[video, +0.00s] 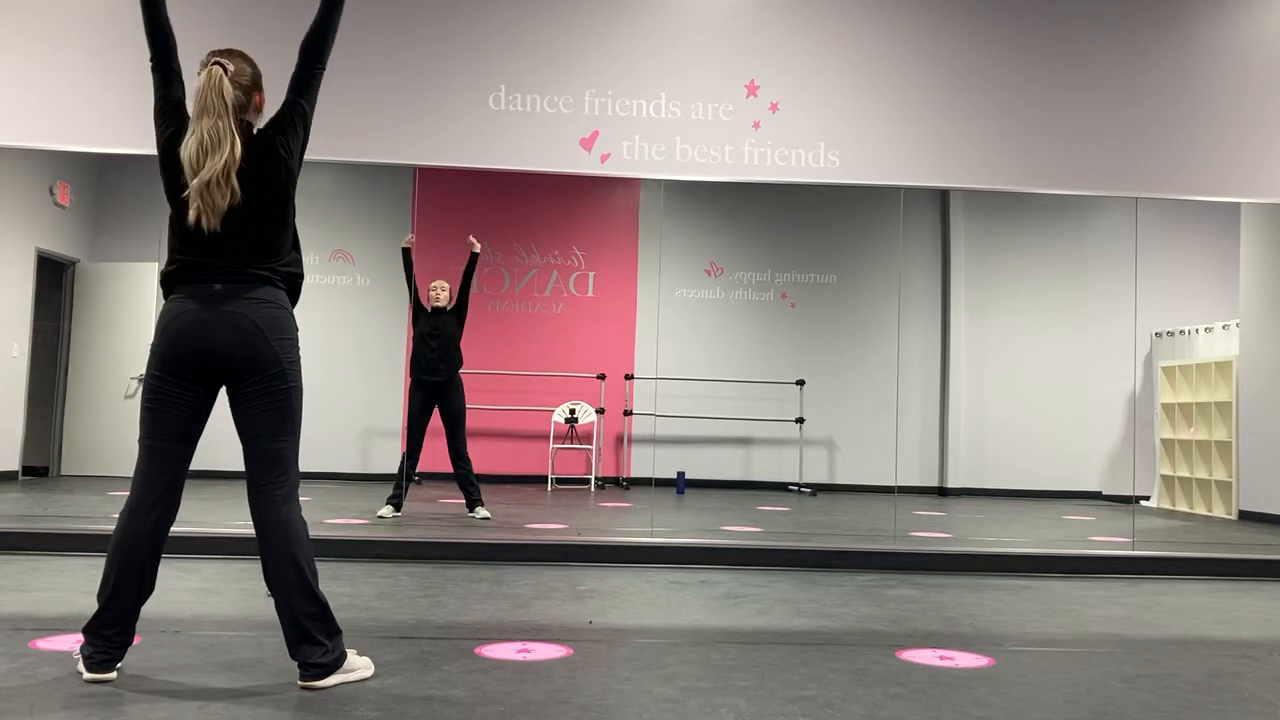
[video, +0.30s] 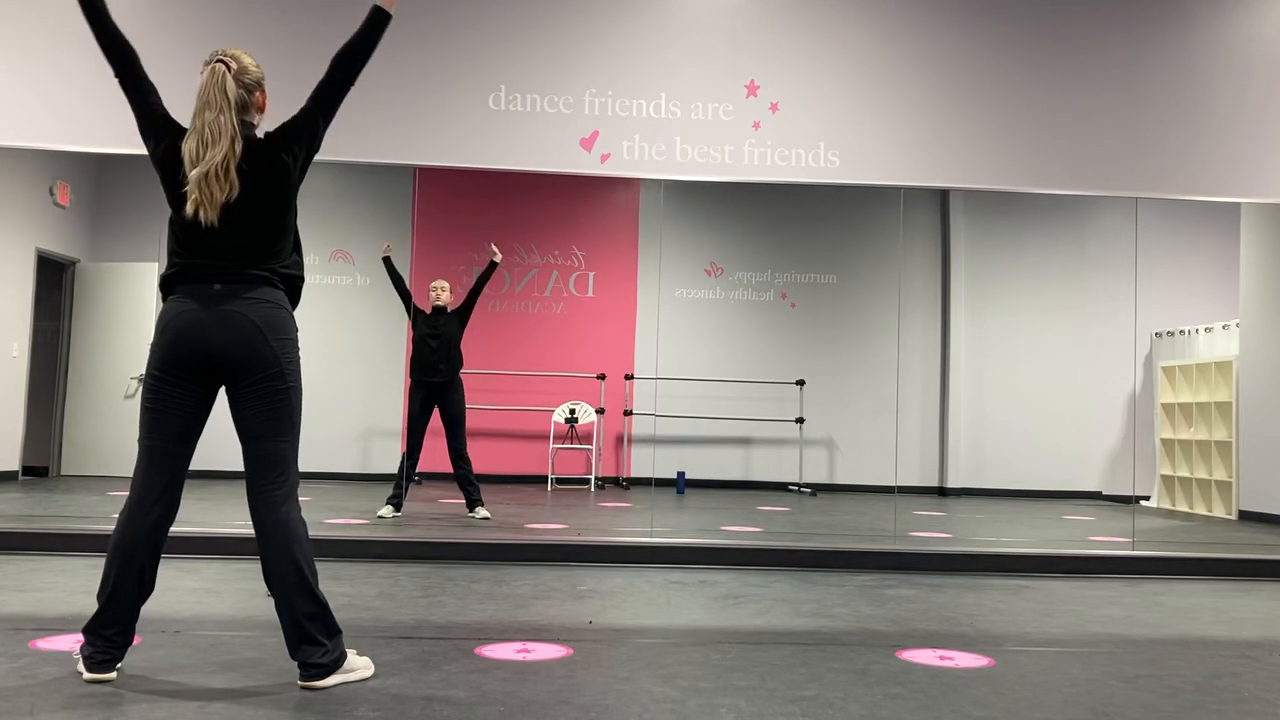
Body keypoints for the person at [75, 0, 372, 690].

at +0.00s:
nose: (264, 99)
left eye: (245, 84)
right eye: (261, 89)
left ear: (200, 94)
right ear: (256, 98)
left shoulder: (178, 146)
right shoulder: (277, 146)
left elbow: (163, 60)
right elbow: (312, 63)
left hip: (184, 319)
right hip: (262, 319)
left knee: (152, 487)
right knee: (275, 494)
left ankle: (102, 647)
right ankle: (318, 656)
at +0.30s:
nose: (269, 100)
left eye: (262, 91)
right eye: (265, 91)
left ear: (205, 97)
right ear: (257, 98)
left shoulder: (178, 153)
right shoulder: (281, 153)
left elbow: (130, 71)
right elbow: (338, 81)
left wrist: (89, 0)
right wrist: (382, 9)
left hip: (183, 321)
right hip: (263, 321)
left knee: (152, 487)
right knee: (275, 493)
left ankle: (101, 648)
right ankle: (319, 656)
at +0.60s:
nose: (268, 100)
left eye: (262, 90)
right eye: (265, 90)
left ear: (204, 99)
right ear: (257, 99)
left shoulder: (174, 157)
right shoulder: (286, 156)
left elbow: (101, 94)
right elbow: (356, 98)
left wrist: (31, 22)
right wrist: (422, 35)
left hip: (184, 322)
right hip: (263, 323)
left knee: (152, 487)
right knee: (275, 495)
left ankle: (102, 647)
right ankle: (318, 656)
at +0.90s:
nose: (266, 101)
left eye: (261, 91)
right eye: (263, 92)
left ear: (203, 98)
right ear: (253, 99)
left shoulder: (167, 156)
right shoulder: (285, 160)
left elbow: (77, 129)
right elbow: (371, 136)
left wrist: (2, 92)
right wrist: (455, 103)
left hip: (182, 318)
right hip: (261, 318)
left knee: (150, 491)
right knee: (275, 493)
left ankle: (101, 650)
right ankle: (319, 656)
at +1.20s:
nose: (264, 101)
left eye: (260, 93)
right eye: (262, 93)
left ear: (199, 98)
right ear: (252, 98)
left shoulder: (166, 163)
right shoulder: (280, 163)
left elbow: (77, 176)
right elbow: (370, 177)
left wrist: (3, 176)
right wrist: (468, 178)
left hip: (180, 318)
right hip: (258, 318)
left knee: (150, 489)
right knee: (274, 492)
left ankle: (101, 649)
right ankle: (319, 656)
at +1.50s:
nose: (263, 104)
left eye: (258, 95)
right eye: (262, 95)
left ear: (198, 97)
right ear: (252, 100)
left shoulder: (162, 168)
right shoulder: (280, 167)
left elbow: (98, 226)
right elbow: (360, 221)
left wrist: (21, 267)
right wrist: (444, 262)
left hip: (180, 324)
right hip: (260, 325)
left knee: (150, 491)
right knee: (275, 493)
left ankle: (101, 649)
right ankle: (319, 656)